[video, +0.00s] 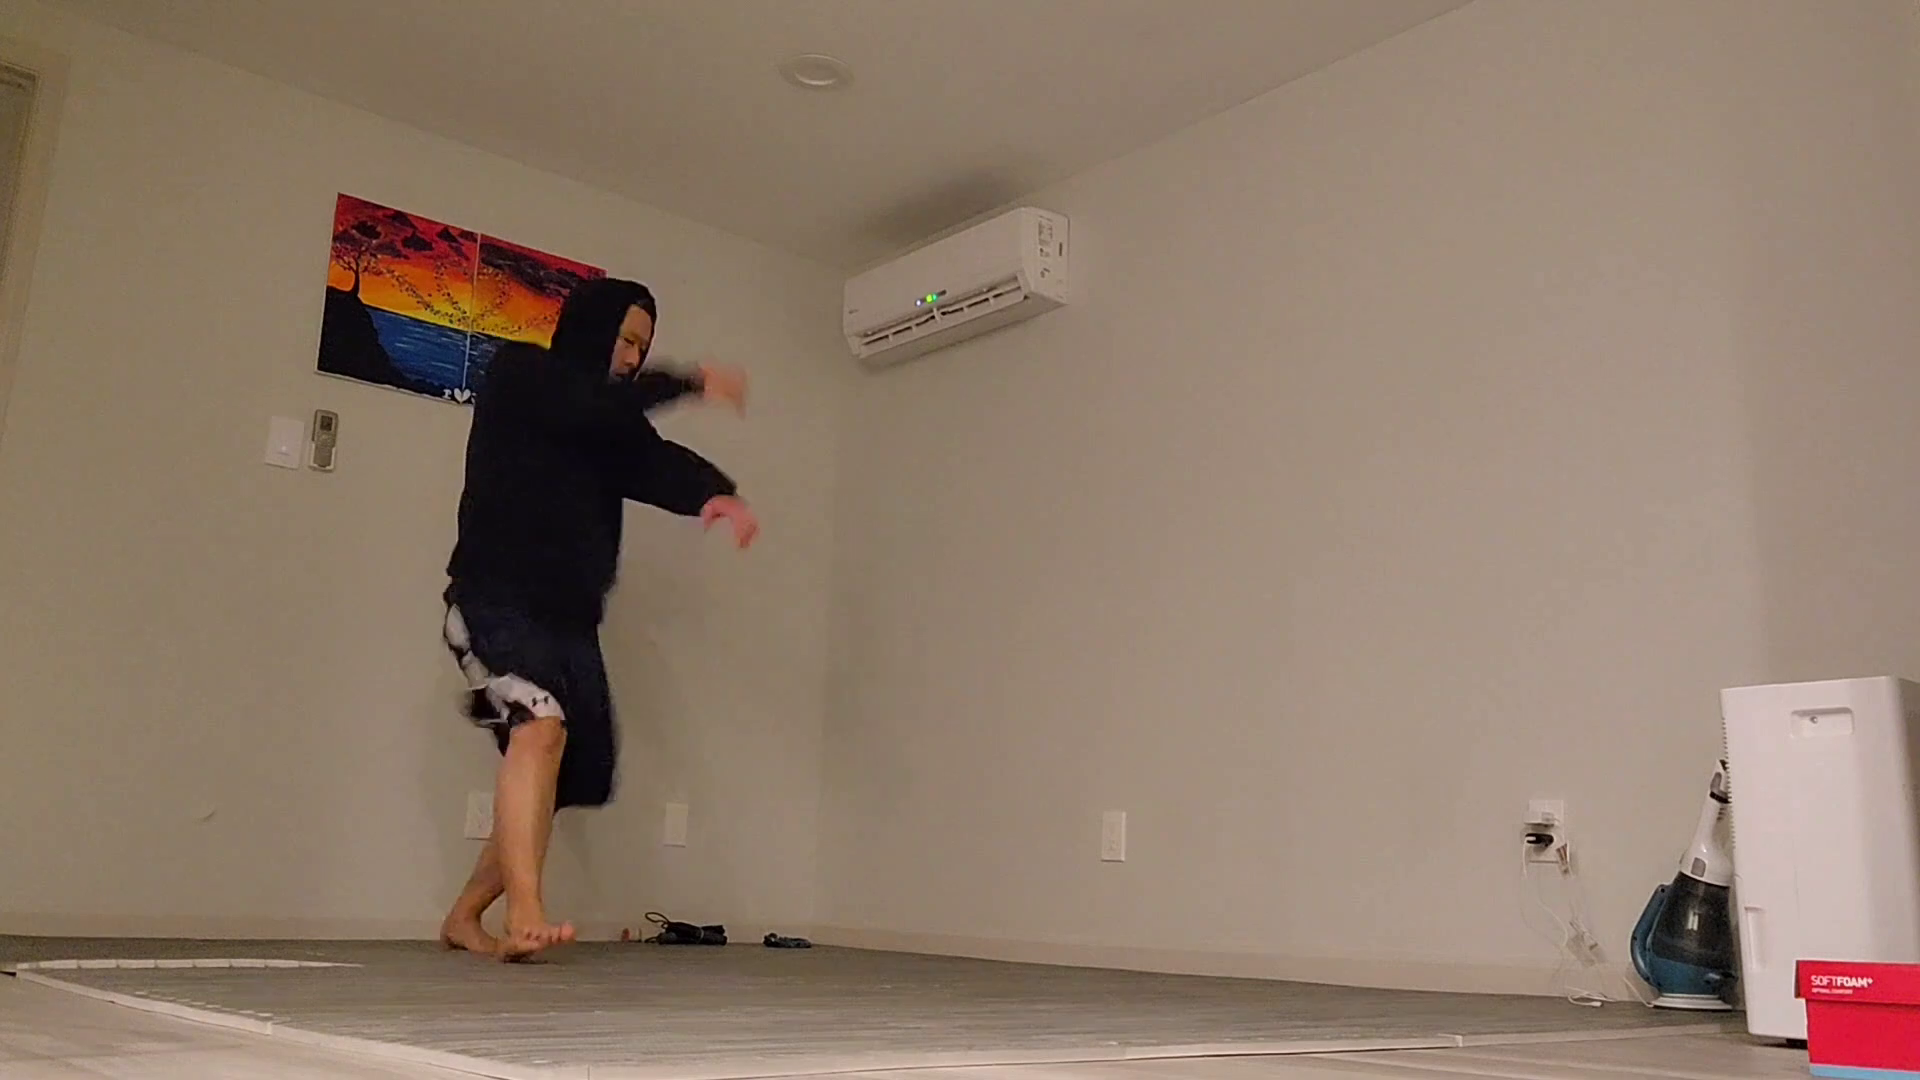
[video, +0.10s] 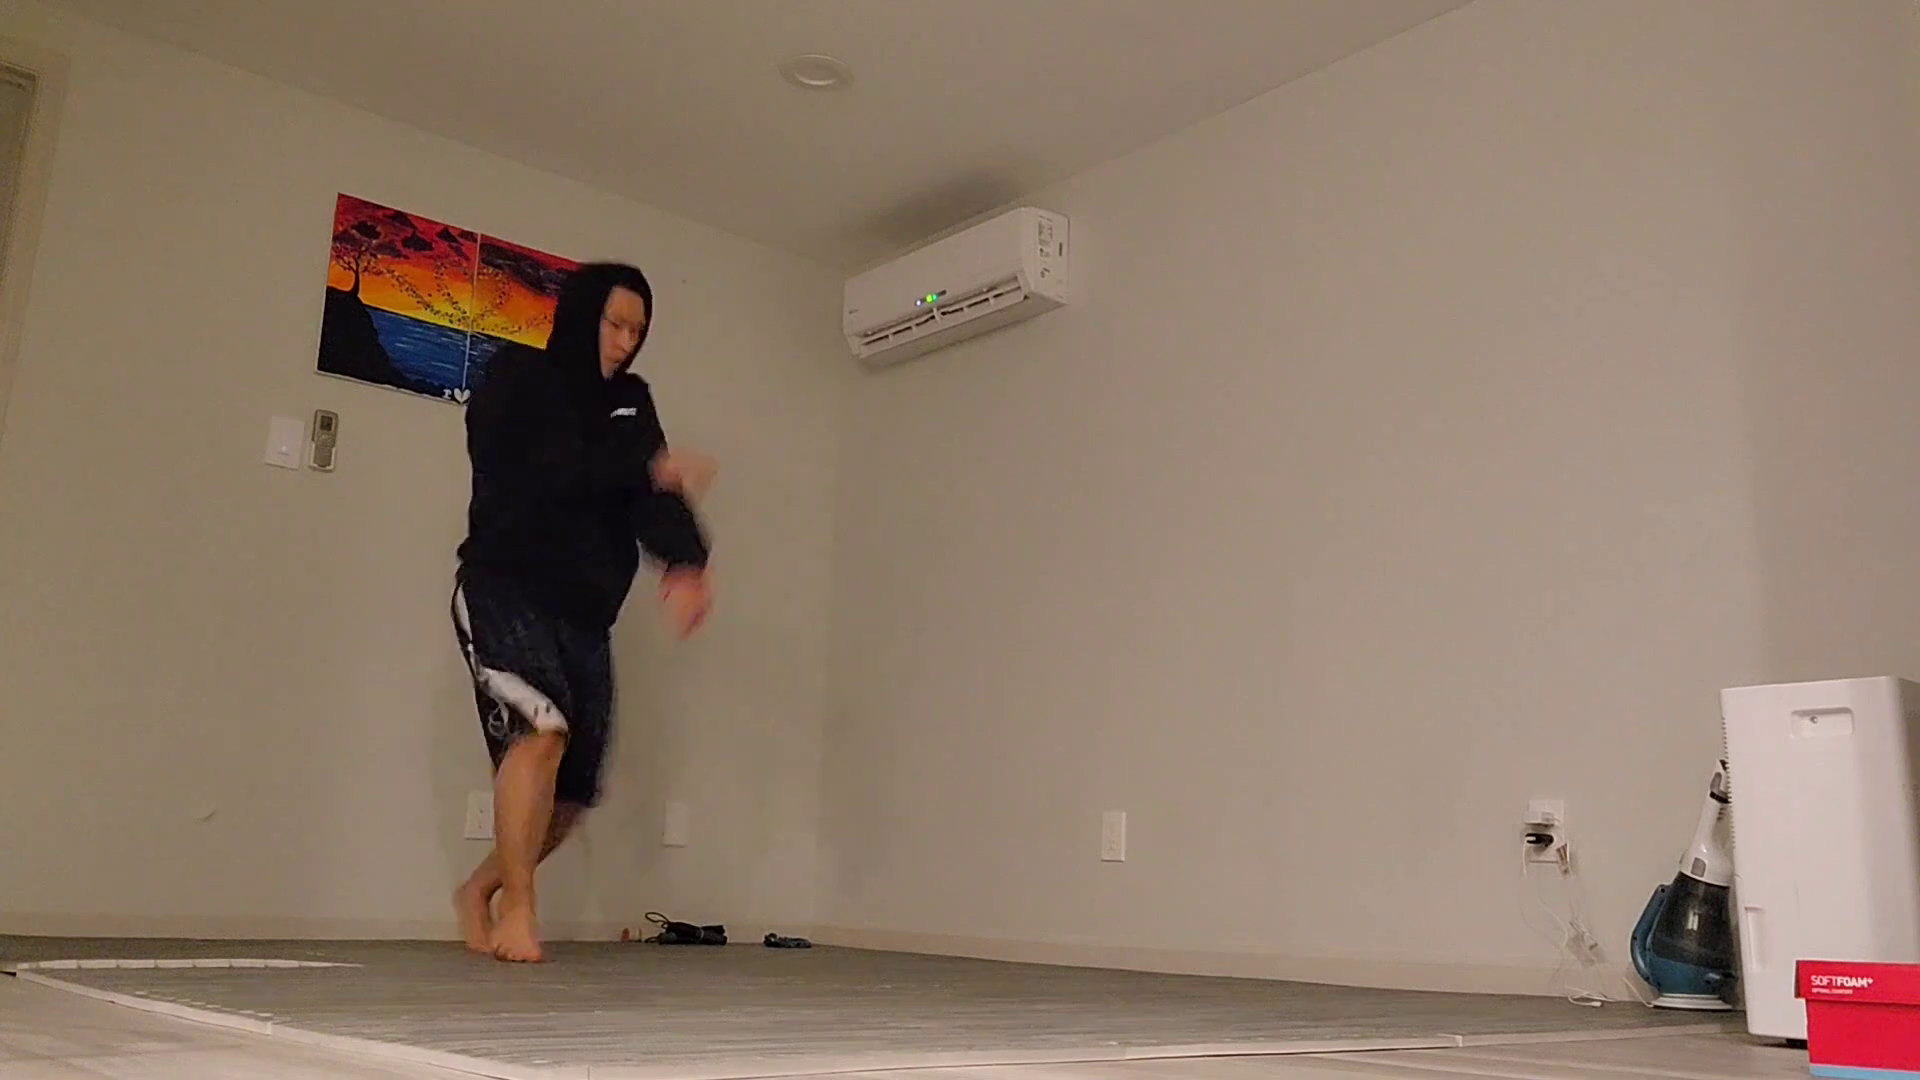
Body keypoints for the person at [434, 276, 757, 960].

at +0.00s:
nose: (634, 356)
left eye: (643, 346)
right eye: (626, 339)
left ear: (640, 352)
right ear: (585, 327)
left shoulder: (612, 415)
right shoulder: (517, 370)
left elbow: (651, 459)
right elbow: (588, 399)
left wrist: (710, 492)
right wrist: (685, 381)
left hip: (568, 611)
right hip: (496, 591)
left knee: (563, 769)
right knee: (537, 724)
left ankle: (465, 914)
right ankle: (523, 921)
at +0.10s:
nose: (626, 342)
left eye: (637, 331)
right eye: (616, 325)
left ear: (643, 335)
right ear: (578, 315)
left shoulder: (629, 398)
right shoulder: (517, 377)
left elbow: (649, 485)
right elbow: (537, 467)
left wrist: (684, 556)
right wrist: (647, 469)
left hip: (583, 608)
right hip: (504, 587)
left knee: (574, 794)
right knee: (539, 731)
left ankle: (478, 888)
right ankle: (517, 906)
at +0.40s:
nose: (613, 343)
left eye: (628, 329)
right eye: (601, 327)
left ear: (644, 334)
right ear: (575, 326)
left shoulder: (668, 410)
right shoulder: (520, 398)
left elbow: (694, 517)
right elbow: (465, 496)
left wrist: (724, 607)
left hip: (627, 626)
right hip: (526, 623)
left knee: (681, 761)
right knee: (505, 770)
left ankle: (675, 901)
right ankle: (505, 923)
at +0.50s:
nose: (659, 343)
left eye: (672, 331)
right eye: (647, 324)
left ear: (681, 335)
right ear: (609, 318)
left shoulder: (682, 406)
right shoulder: (536, 390)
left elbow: (732, 502)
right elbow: (433, 458)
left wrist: (810, 577)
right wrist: (341, 533)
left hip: (647, 625)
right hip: (547, 625)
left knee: (710, 778)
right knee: (524, 778)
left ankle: (740, 929)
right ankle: (511, 922)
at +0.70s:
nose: (638, 328)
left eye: (652, 317)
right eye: (627, 311)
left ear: (665, 326)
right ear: (594, 306)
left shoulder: (675, 399)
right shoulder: (531, 379)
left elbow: (716, 491)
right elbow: (434, 440)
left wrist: (744, 563)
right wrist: (339, 504)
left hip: (653, 620)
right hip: (550, 619)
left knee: (705, 776)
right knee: (528, 776)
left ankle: (731, 921)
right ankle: (519, 923)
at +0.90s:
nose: (594, 290)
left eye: (610, 278)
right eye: (582, 272)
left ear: (628, 277)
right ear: (556, 263)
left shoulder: (648, 326)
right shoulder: (502, 321)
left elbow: (688, 411)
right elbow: (398, 388)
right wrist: (499, 422)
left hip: (629, 550)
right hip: (531, 553)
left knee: (616, 691)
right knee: (505, 726)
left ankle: (581, 824)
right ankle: (499, 909)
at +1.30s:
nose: (507, 320)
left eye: (524, 304)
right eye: (495, 301)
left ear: (552, 298)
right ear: (478, 295)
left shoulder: (602, 362)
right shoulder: (467, 360)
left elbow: (628, 489)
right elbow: (428, 466)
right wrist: (480, 497)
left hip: (582, 581)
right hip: (498, 574)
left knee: (539, 738)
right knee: (407, 710)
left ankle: (503, 926)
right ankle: (497, 844)